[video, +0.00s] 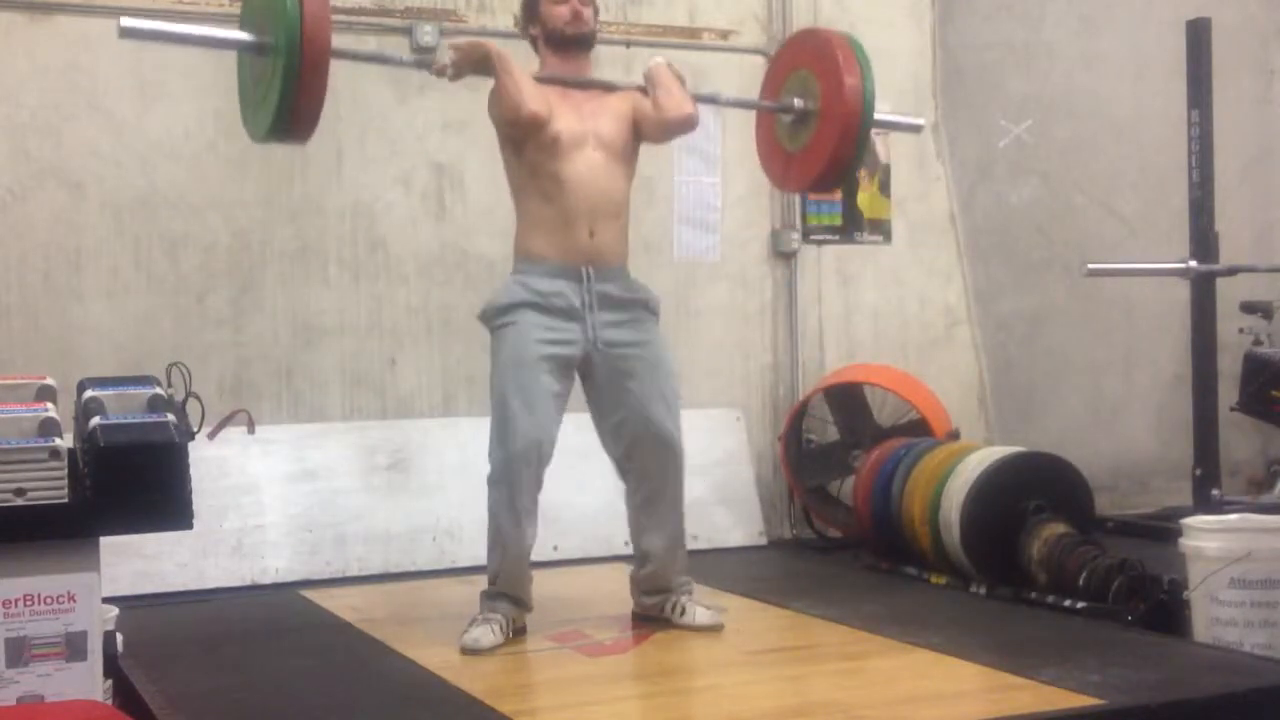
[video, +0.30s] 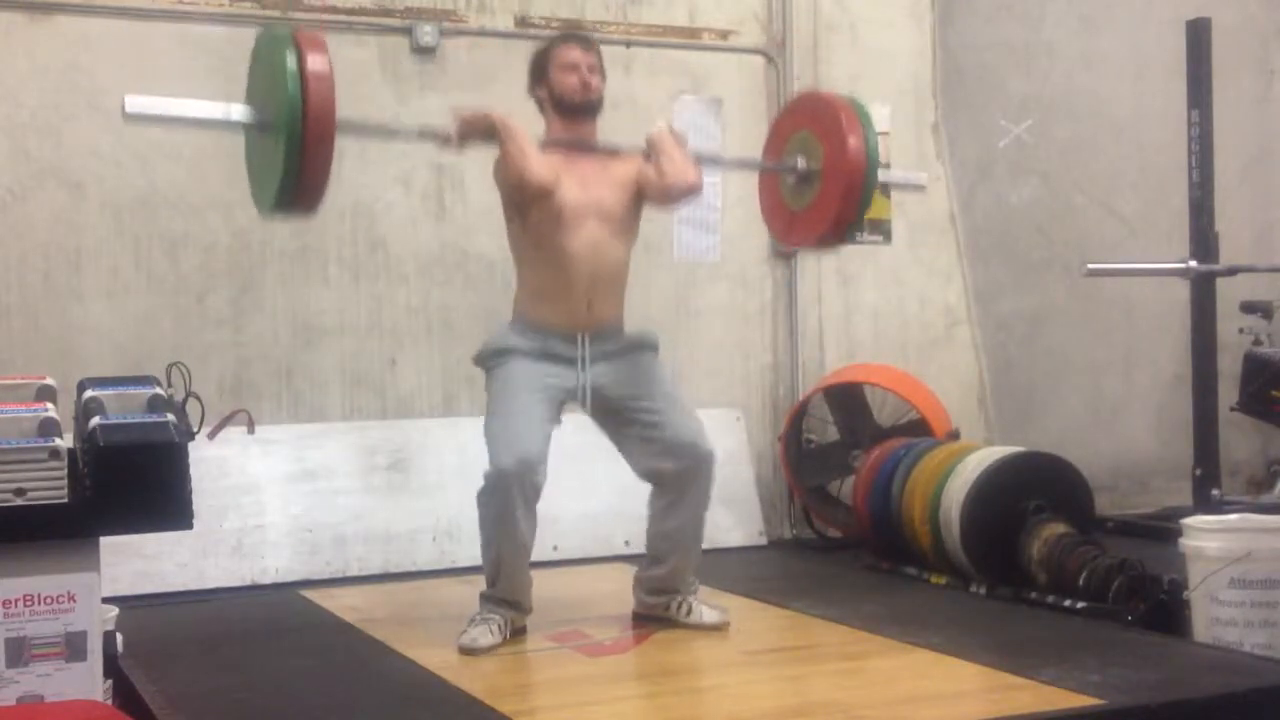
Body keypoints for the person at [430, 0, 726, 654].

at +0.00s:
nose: (578, 6)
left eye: (586, 1)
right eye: (561, 1)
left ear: (597, 23)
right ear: (535, 21)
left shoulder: (627, 102)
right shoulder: (520, 94)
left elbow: (681, 115)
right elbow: (527, 114)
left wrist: (656, 65)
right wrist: (494, 54)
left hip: (620, 300)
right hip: (537, 297)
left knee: (658, 438)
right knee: (520, 446)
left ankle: (661, 592)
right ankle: (504, 603)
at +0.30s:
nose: (585, 78)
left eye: (593, 70)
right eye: (569, 69)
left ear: (604, 87)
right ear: (542, 86)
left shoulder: (630, 165)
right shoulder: (526, 161)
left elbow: (682, 182)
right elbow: (530, 182)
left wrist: (664, 138)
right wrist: (500, 126)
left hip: (615, 352)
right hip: (533, 351)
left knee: (690, 455)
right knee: (513, 465)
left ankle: (664, 593)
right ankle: (502, 606)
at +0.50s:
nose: (593, 167)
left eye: (602, 159)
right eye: (578, 158)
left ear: (612, 175)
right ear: (550, 177)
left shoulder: (633, 255)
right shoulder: (528, 252)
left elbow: (688, 278)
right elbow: (538, 282)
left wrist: (667, 227)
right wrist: (507, 221)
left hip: (612, 422)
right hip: (533, 423)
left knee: (701, 470)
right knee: (510, 490)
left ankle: (663, 597)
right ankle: (504, 610)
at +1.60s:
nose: (596, 69)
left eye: (605, 62)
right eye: (580, 62)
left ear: (616, 82)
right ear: (552, 82)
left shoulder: (637, 167)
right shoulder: (528, 161)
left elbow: (686, 206)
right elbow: (546, 206)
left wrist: (672, 144)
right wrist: (510, 133)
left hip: (610, 348)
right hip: (527, 347)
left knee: (678, 451)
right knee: (516, 460)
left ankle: (663, 593)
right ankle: (502, 607)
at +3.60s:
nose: (595, 146)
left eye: (603, 140)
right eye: (580, 139)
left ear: (613, 159)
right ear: (551, 160)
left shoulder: (636, 241)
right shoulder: (528, 236)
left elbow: (689, 269)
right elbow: (544, 268)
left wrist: (669, 215)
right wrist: (513, 206)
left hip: (617, 410)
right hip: (533, 410)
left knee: (702, 469)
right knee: (504, 487)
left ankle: (662, 597)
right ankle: (503, 610)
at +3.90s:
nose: (597, 243)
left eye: (606, 236)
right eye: (583, 236)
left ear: (616, 253)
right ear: (553, 258)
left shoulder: (638, 337)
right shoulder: (531, 334)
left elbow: (691, 368)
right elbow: (553, 370)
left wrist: (672, 311)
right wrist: (514, 307)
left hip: (622, 498)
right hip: (548, 502)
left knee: (711, 474)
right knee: (501, 491)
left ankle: (662, 596)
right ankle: (504, 611)